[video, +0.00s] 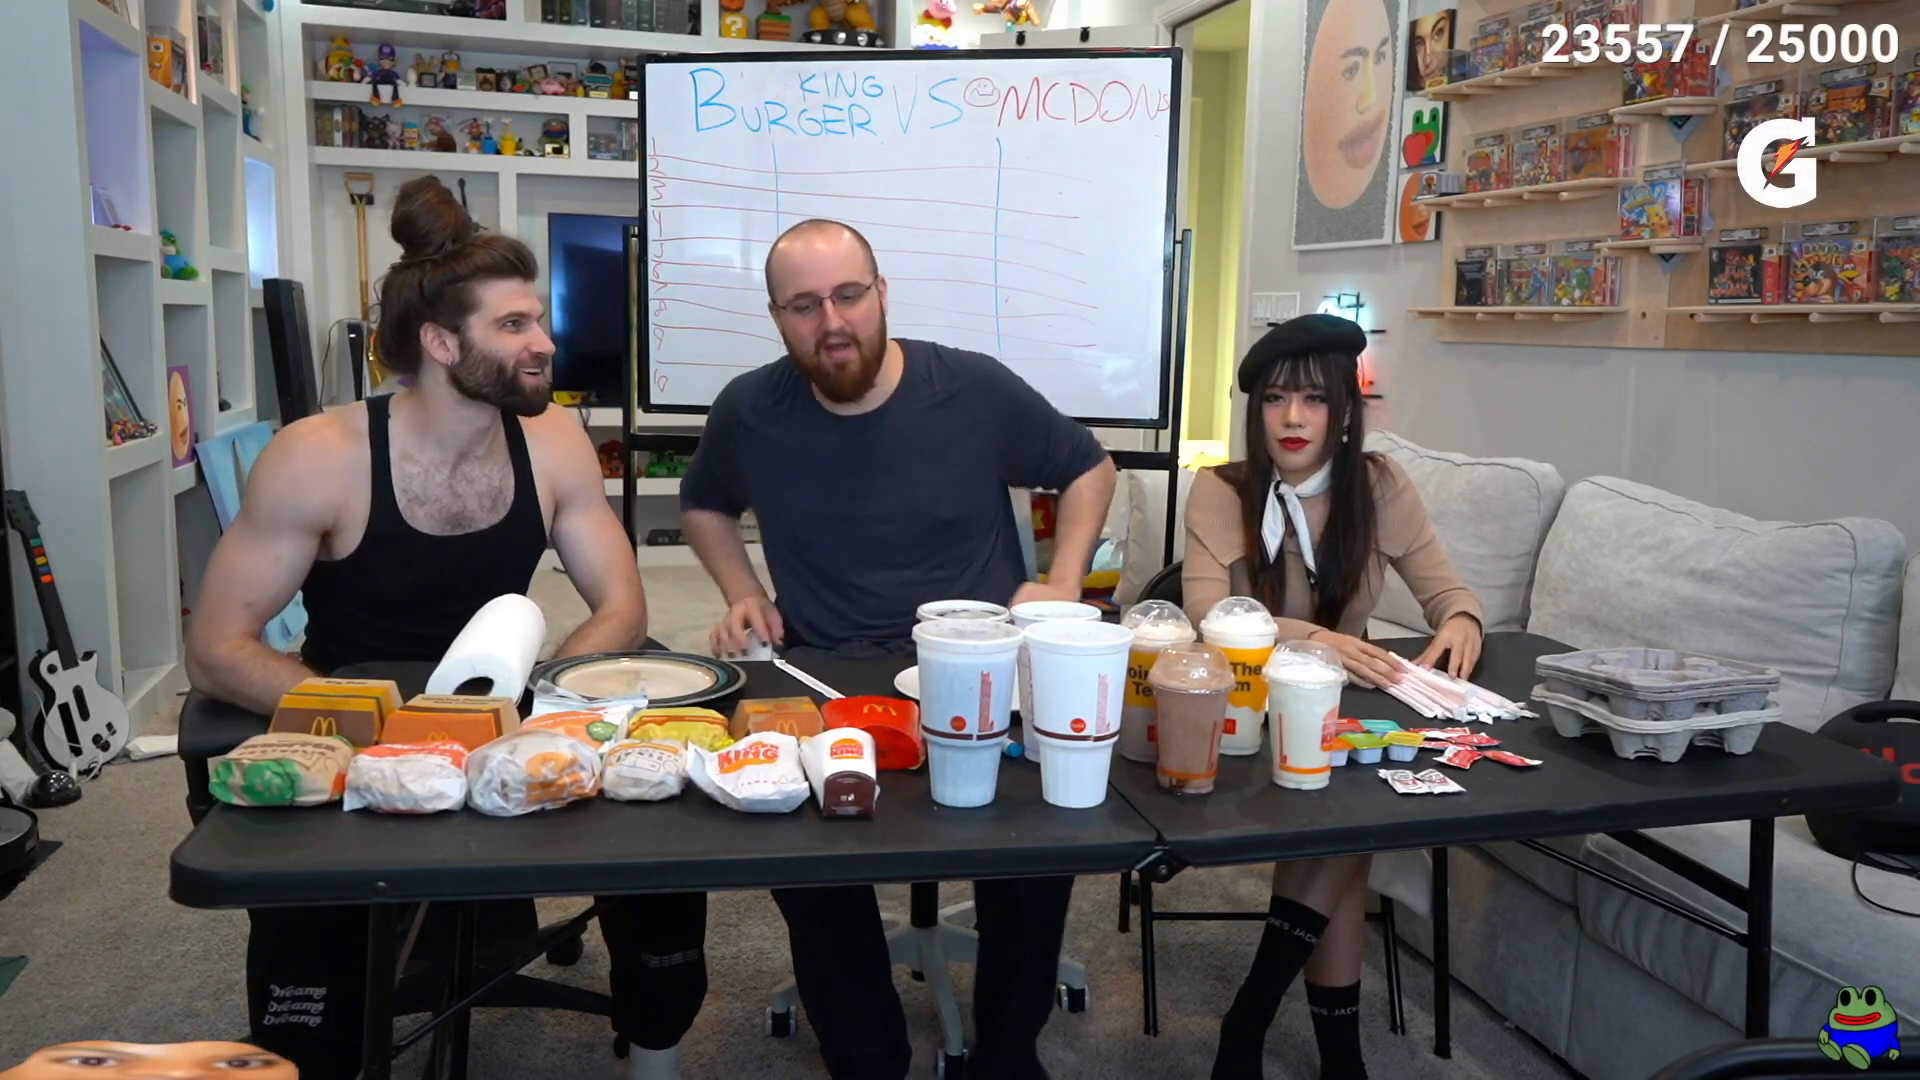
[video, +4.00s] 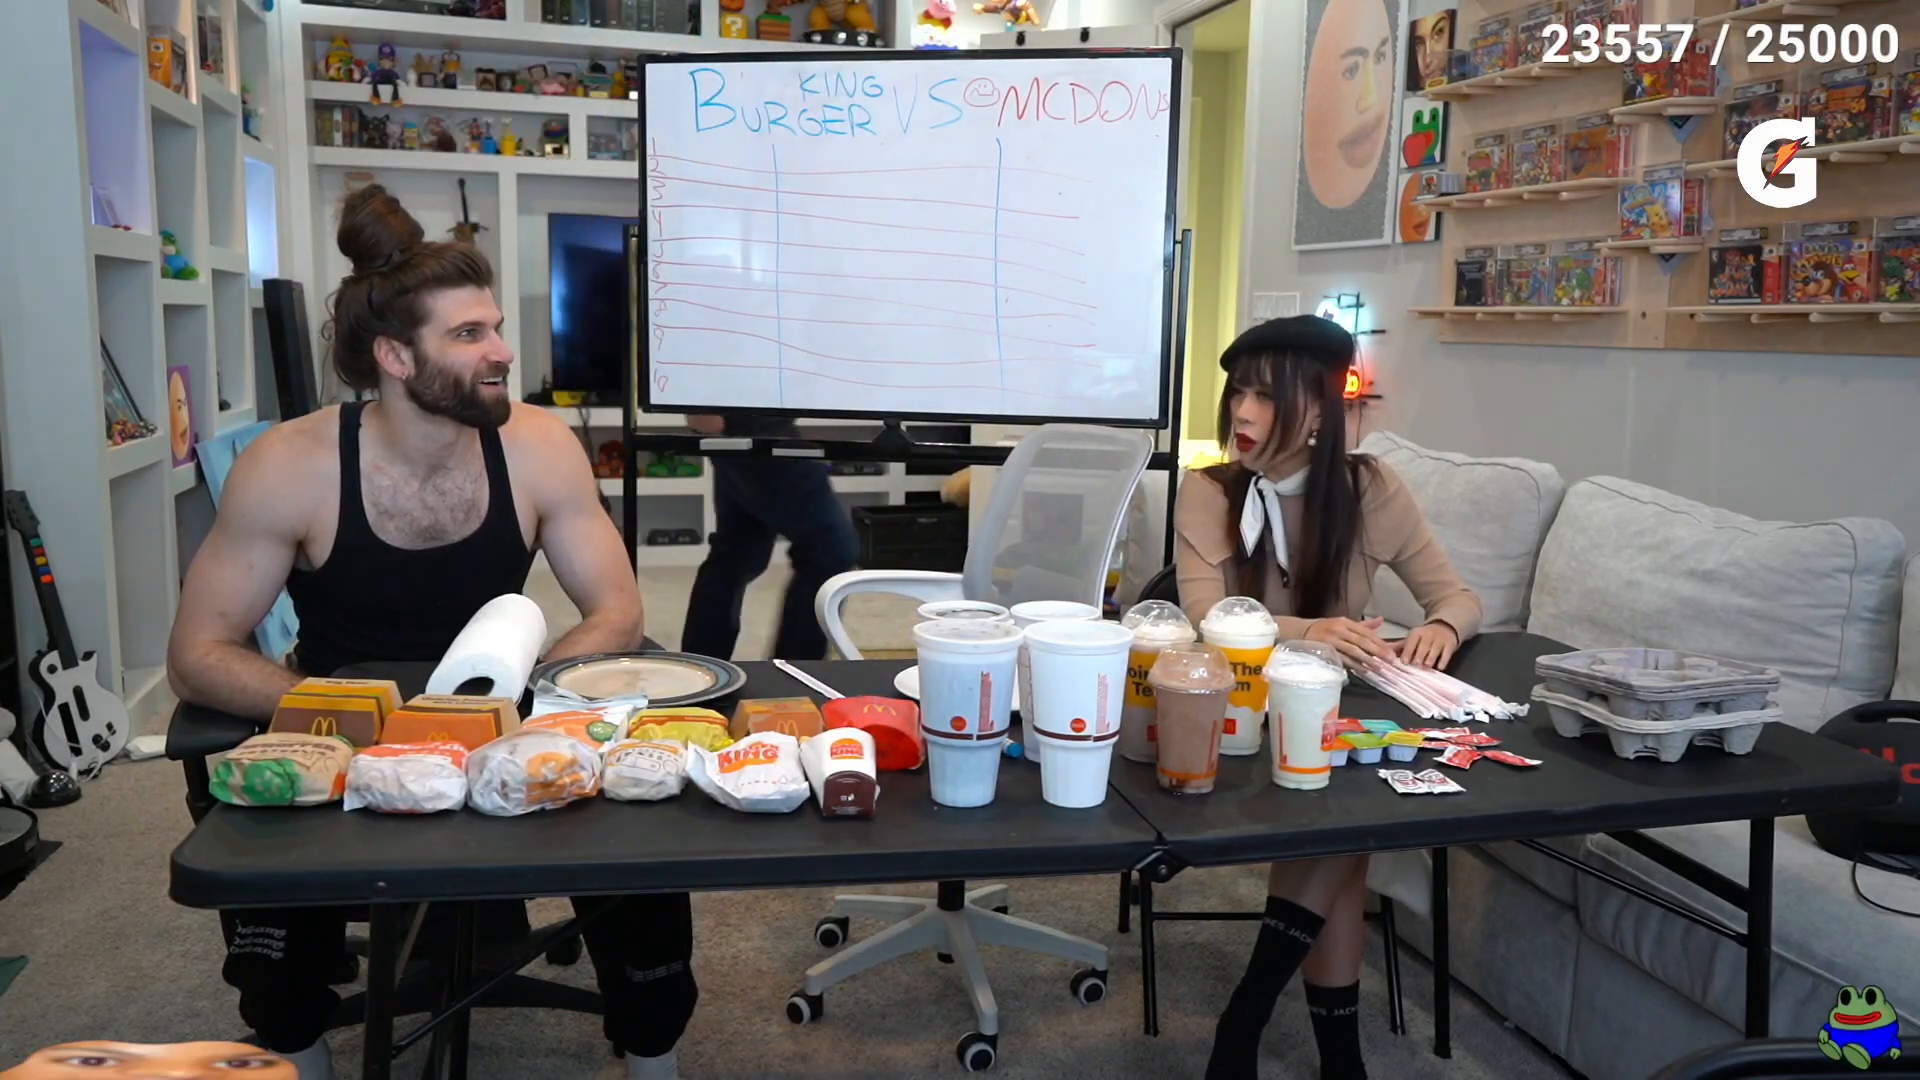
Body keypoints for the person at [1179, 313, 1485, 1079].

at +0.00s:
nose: (1292, 417)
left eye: (1314, 399)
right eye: (1276, 398)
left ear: (1347, 411)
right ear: (1255, 406)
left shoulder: (1377, 482)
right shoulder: (1220, 492)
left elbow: (1445, 593)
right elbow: (1209, 622)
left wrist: (1462, 621)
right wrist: (1310, 635)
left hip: (1336, 703)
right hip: (1240, 708)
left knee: (1348, 813)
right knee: (1350, 830)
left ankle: (1246, 1023)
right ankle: (1343, 1064)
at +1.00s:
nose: (1299, 419)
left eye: (1320, 401)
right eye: (1282, 399)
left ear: (1350, 412)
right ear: (1258, 407)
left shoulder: (1379, 484)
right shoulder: (1221, 492)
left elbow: (1455, 595)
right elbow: (1210, 622)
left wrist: (1446, 625)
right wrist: (1307, 634)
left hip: (1337, 706)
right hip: (1242, 712)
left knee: (1348, 815)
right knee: (1351, 832)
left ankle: (1245, 1025)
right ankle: (1343, 1065)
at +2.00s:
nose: (1297, 420)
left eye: (1319, 402)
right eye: (1281, 399)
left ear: (1350, 413)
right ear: (1258, 405)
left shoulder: (1379, 485)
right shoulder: (1221, 491)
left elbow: (1456, 595)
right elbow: (1209, 622)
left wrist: (1447, 625)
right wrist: (1313, 635)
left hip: (1336, 704)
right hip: (1239, 710)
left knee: (1346, 814)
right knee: (1351, 830)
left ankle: (1246, 1024)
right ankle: (1343, 1064)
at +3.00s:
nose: (1265, 411)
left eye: (1291, 397)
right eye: (1260, 392)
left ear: (1339, 413)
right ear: (1248, 396)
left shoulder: (1379, 484)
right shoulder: (1220, 489)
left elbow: (1456, 595)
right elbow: (1209, 618)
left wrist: (1443, 613)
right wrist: (1314, 633)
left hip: (1342, 706)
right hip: (1242, 710)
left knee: (1343, 817)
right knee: (1350, 831)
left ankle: (1245, 1026)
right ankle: (1343, 1064)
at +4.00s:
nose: (1243, 411)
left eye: (1267, 395)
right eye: (1239, 389)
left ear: (1317, 409)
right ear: (1229, 393)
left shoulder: (1369, 486)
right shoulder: (1210, 490)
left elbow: (1458, 597)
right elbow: (1210, 622)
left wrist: (1444, 624)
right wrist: (1309, 630)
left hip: (1336, 707)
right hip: (1236, 711)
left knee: (1338, 818)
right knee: (1346, 834)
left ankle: (1241, 1026)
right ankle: (1342, 1064)